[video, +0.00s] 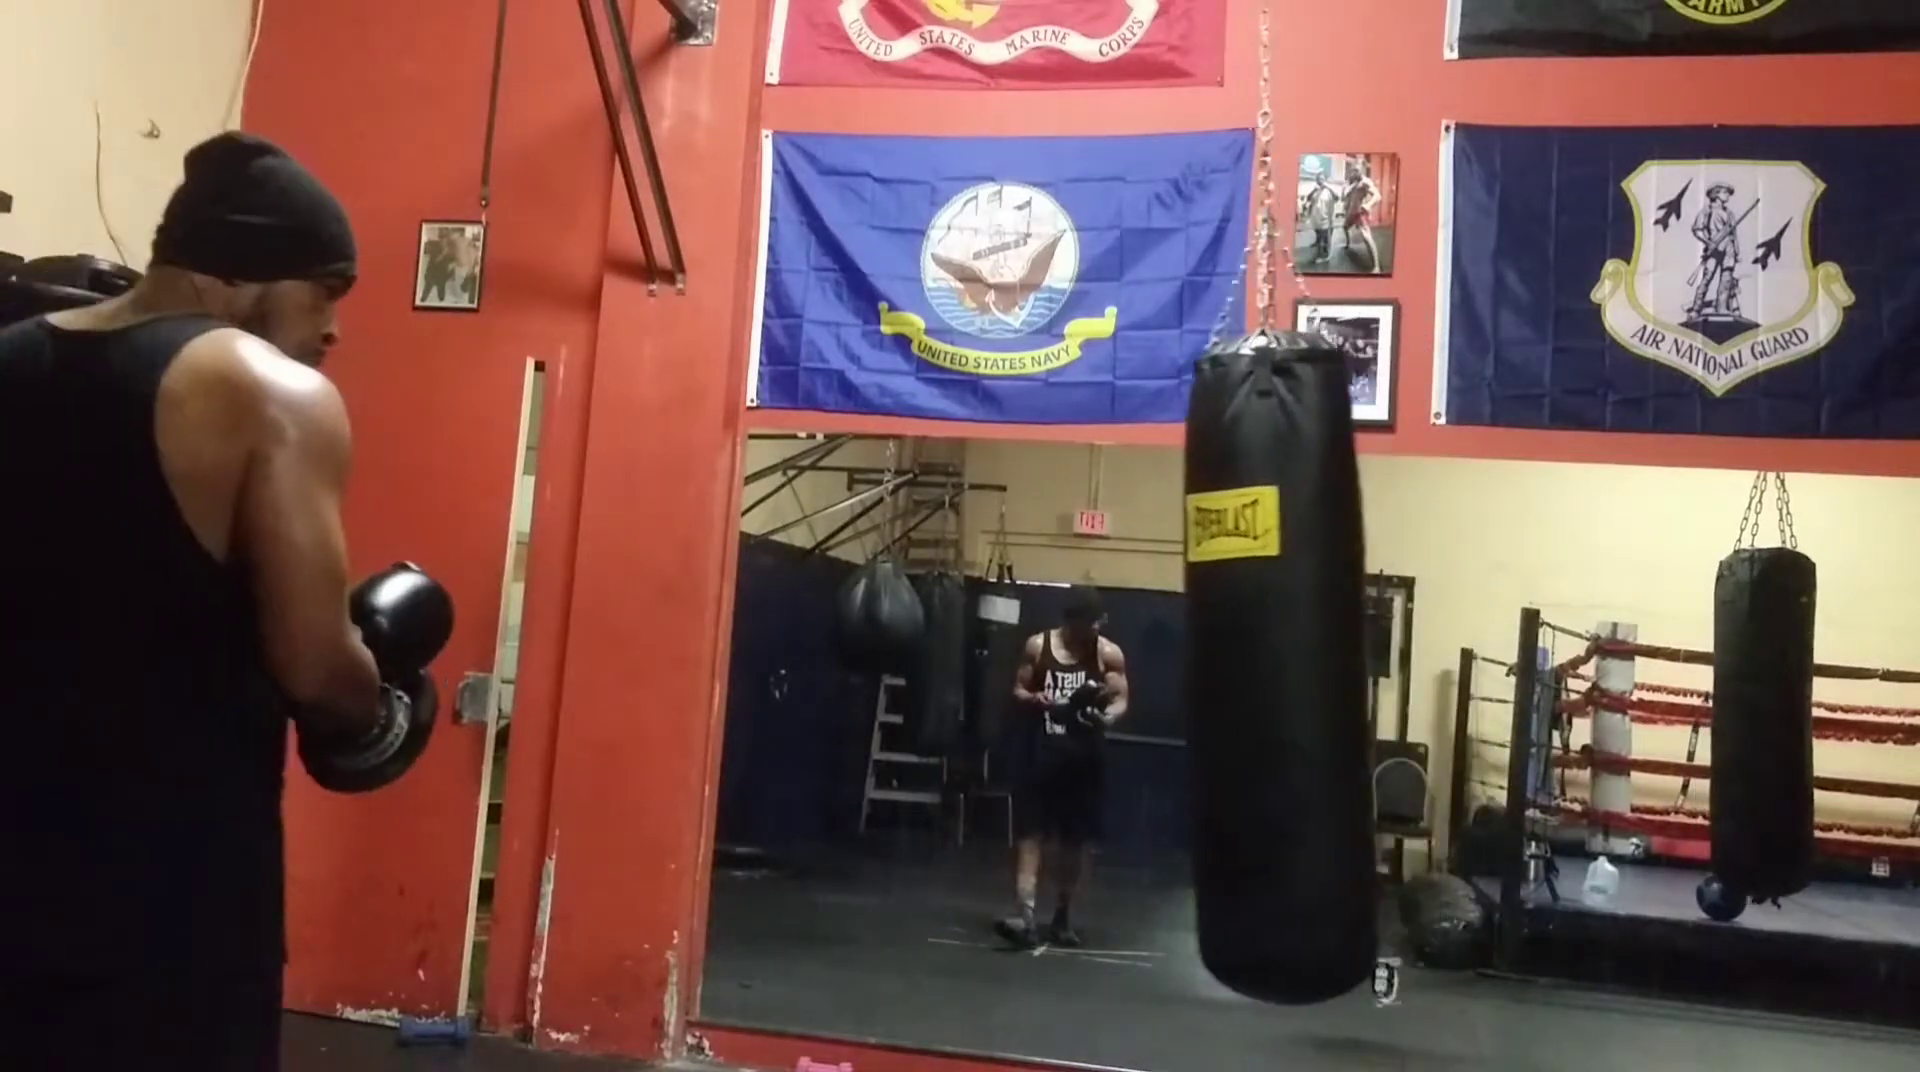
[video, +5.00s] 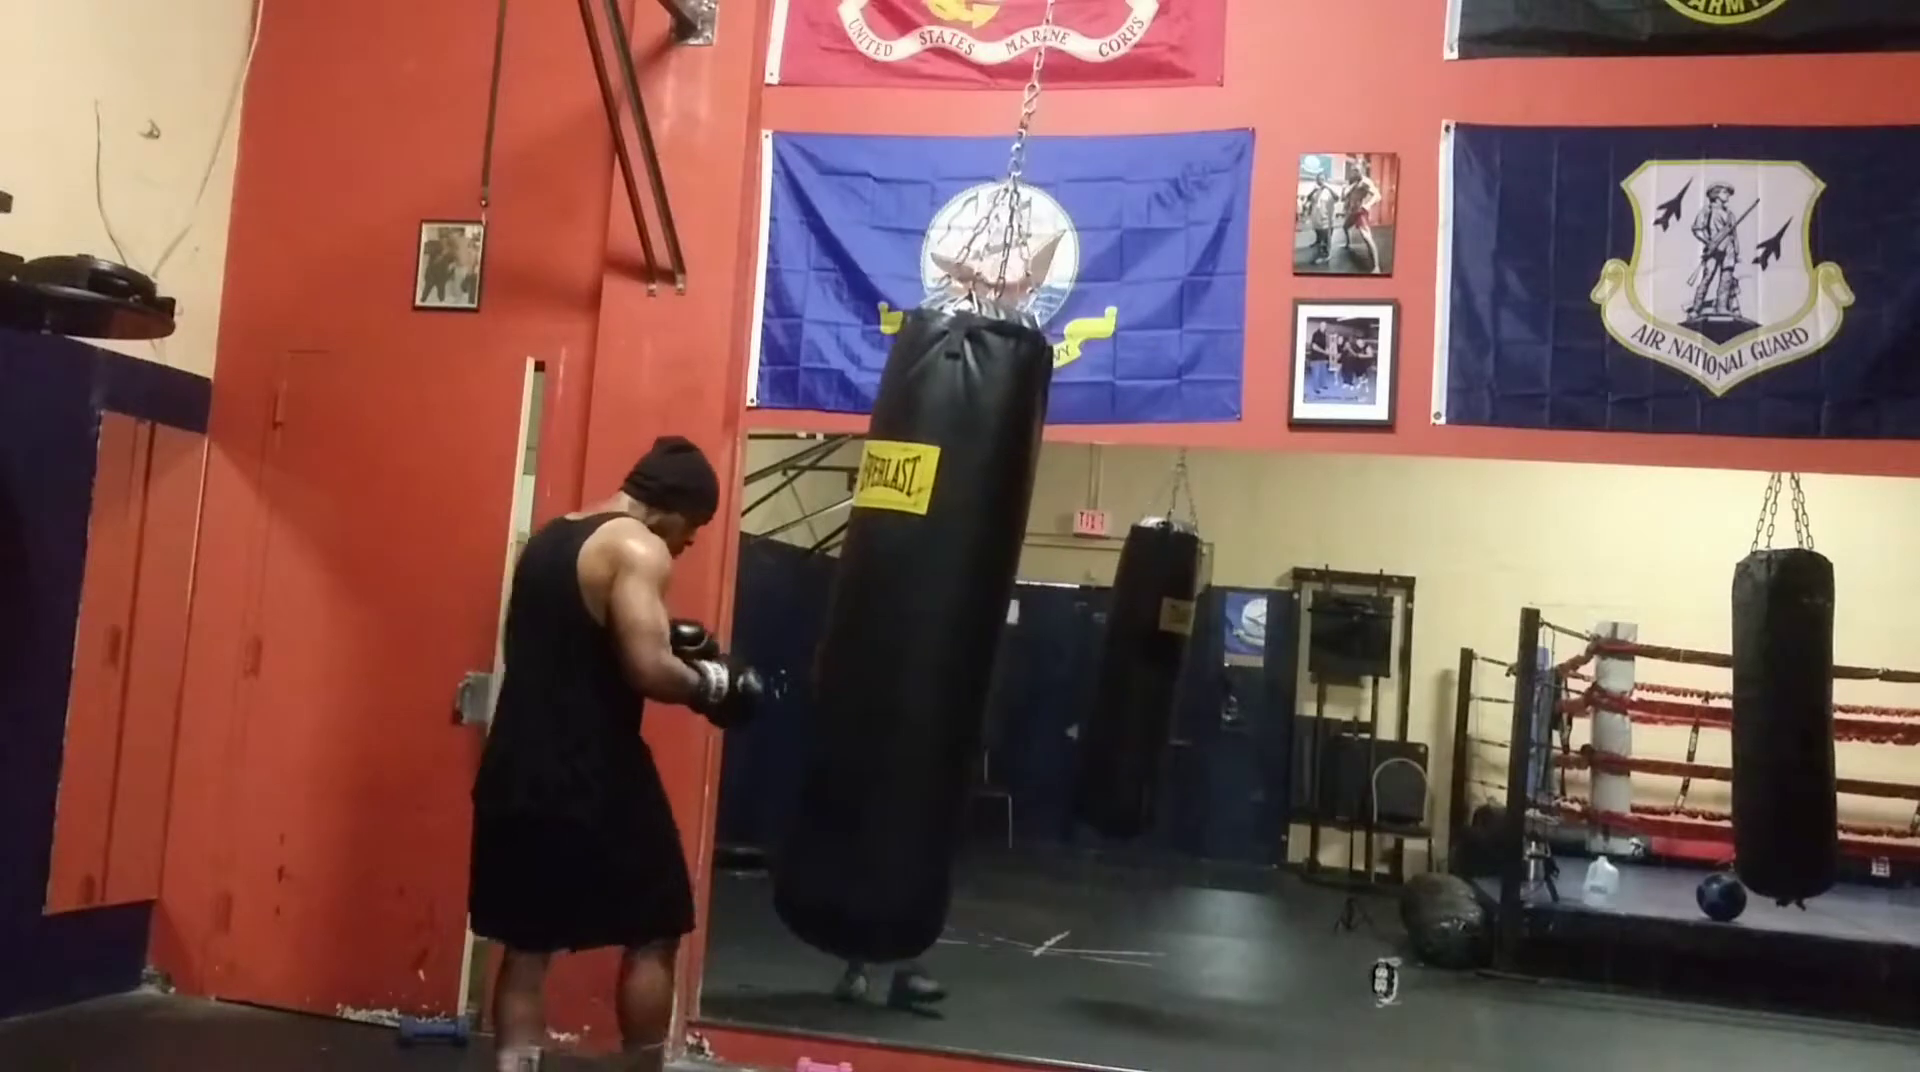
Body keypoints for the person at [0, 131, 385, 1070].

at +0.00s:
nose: (334, 332)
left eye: (340, 299)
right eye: (325, 293)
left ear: (189, 267)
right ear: (238, 277)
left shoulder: (23, 350)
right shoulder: (275, 395)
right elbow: (314, 666)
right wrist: (370, 710)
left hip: (16, 824)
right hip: (175, 855)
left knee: (36, 1035)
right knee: (183, 1044)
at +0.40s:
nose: (388, 365)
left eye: (392, 341)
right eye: (383, 338)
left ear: (255, 309)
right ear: (327, 325)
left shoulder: (104, 430)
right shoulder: (355, 425)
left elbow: (44, 646)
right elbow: (397, 658)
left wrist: (180, 646)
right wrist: (445, 711)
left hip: (136, 840)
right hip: (296, 850)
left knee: (128, 1047)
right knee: (303, 1048)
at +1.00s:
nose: (440, 427)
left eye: (441, 416)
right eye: (444, 415)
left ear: (342, 366)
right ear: (434, 400)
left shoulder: (204, 465)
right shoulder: (452, 477)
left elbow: (153, 657)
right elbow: (499, 675)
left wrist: (273, 662)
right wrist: (523, 636)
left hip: (223, 853)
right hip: (383, 866)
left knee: (207, 1055)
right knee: (373, 1054)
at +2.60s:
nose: (511, 487)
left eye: (514, 474)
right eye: (515, 474)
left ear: (440, 435)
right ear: (508, 461)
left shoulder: (332, 501)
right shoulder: (505, 517)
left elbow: (287, 645)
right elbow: (549, 671)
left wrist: (373, 610)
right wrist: (583, 664)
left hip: (336, 793)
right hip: (451, 800)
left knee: (332, 1006)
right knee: (463, 1001)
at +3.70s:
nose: (609, 520)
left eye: (612, 509)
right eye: (615, 509)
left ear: (553, 462)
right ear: (614, 493)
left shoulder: (447, 518)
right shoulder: (597, 538)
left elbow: (399, 648)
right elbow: (622, 681)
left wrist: (482, 629)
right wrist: (651, 691)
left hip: (438, 774)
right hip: (527, 786)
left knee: (455, 963)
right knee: (503, 983)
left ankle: (444, 1057)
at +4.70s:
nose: (659, 543)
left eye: (665, 531)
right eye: (663, 529)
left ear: (602, 491)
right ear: (648, 508)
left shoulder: (512, 541)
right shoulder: (626, 555)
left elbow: (461, 661)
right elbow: (642, 680)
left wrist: (555, 641)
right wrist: (687, 695)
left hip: (490, 786)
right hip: (576, 791)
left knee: (512, 961)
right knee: (605, 950)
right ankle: (525, 1061)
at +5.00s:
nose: (688, 539)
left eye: (695, 527)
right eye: (692, 525)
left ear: (634, 489)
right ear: (674, 507)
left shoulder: (551, 538)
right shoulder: (640, 550)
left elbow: (566, 644)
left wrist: (660, 636)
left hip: (518, 767)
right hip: (599, 774)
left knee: (527, 943)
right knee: (655, 932)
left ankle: (513, 1065)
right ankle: (646, 1064)